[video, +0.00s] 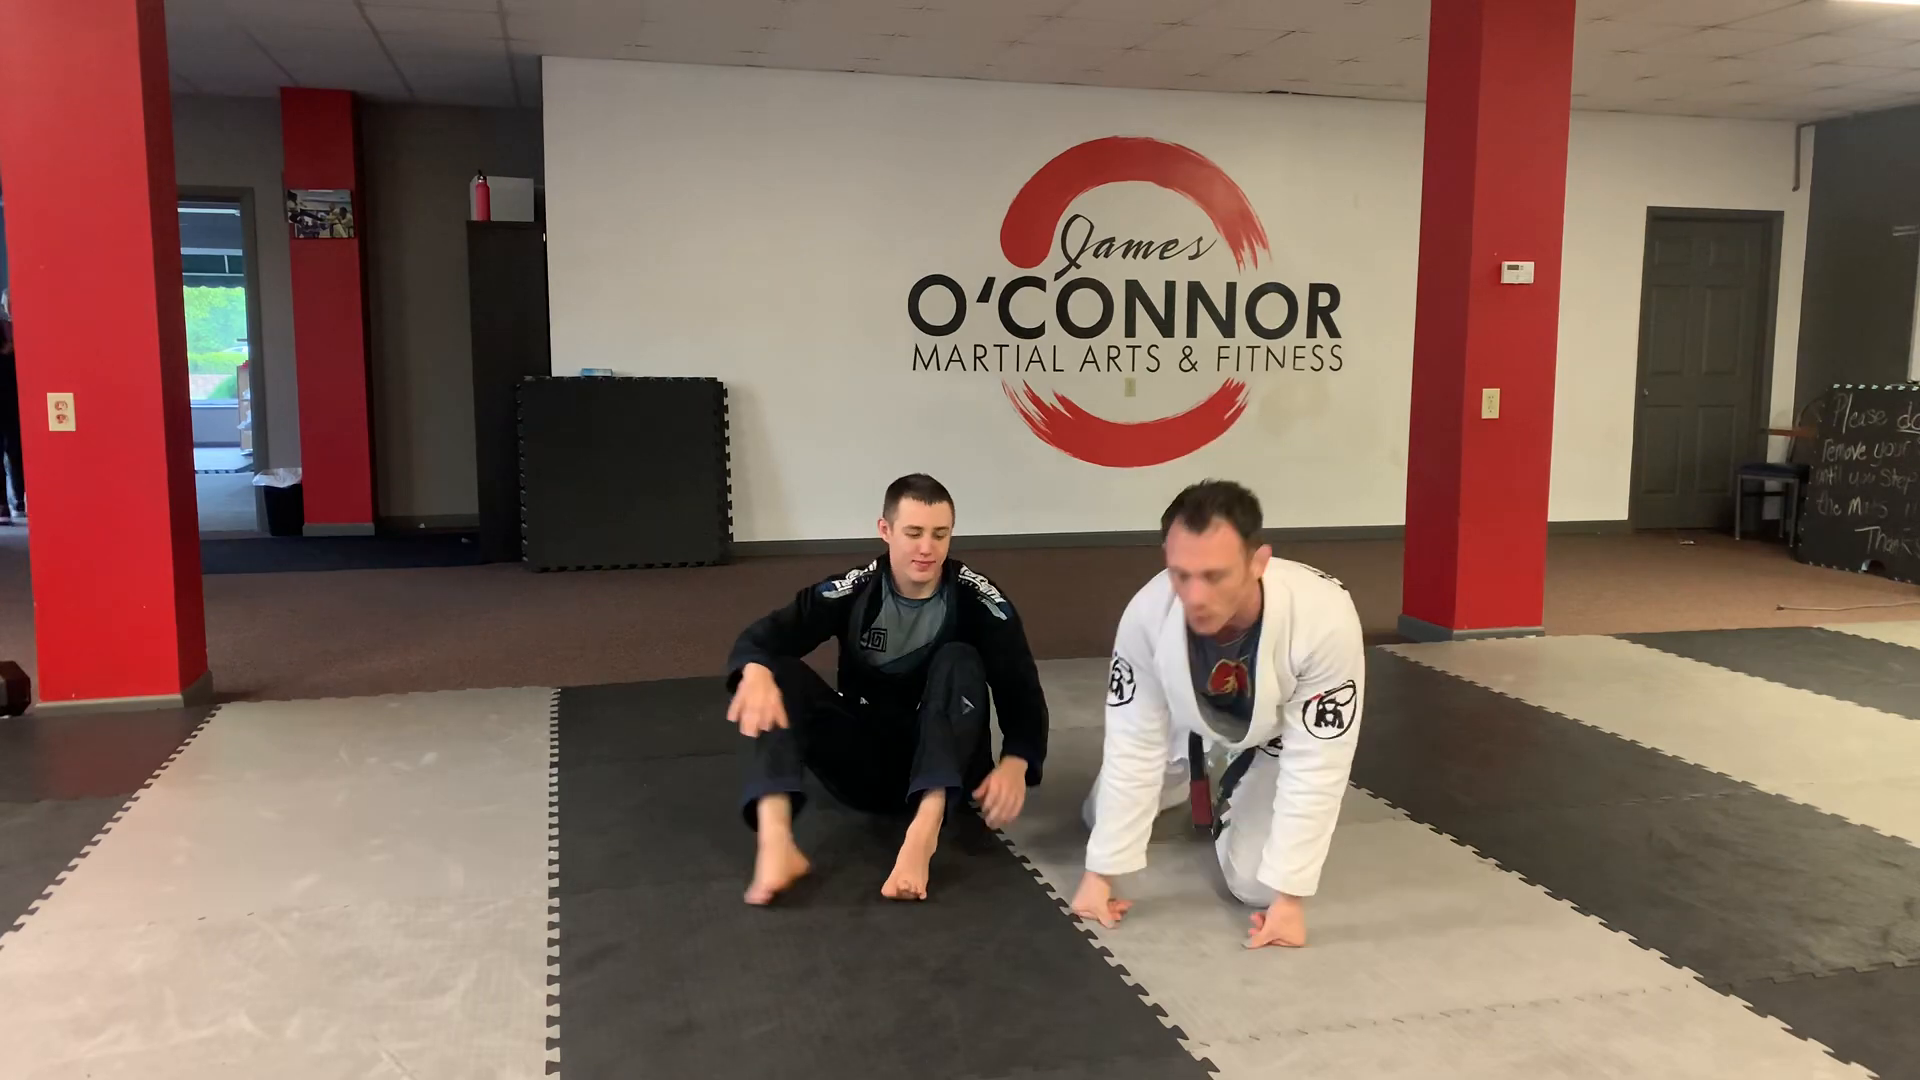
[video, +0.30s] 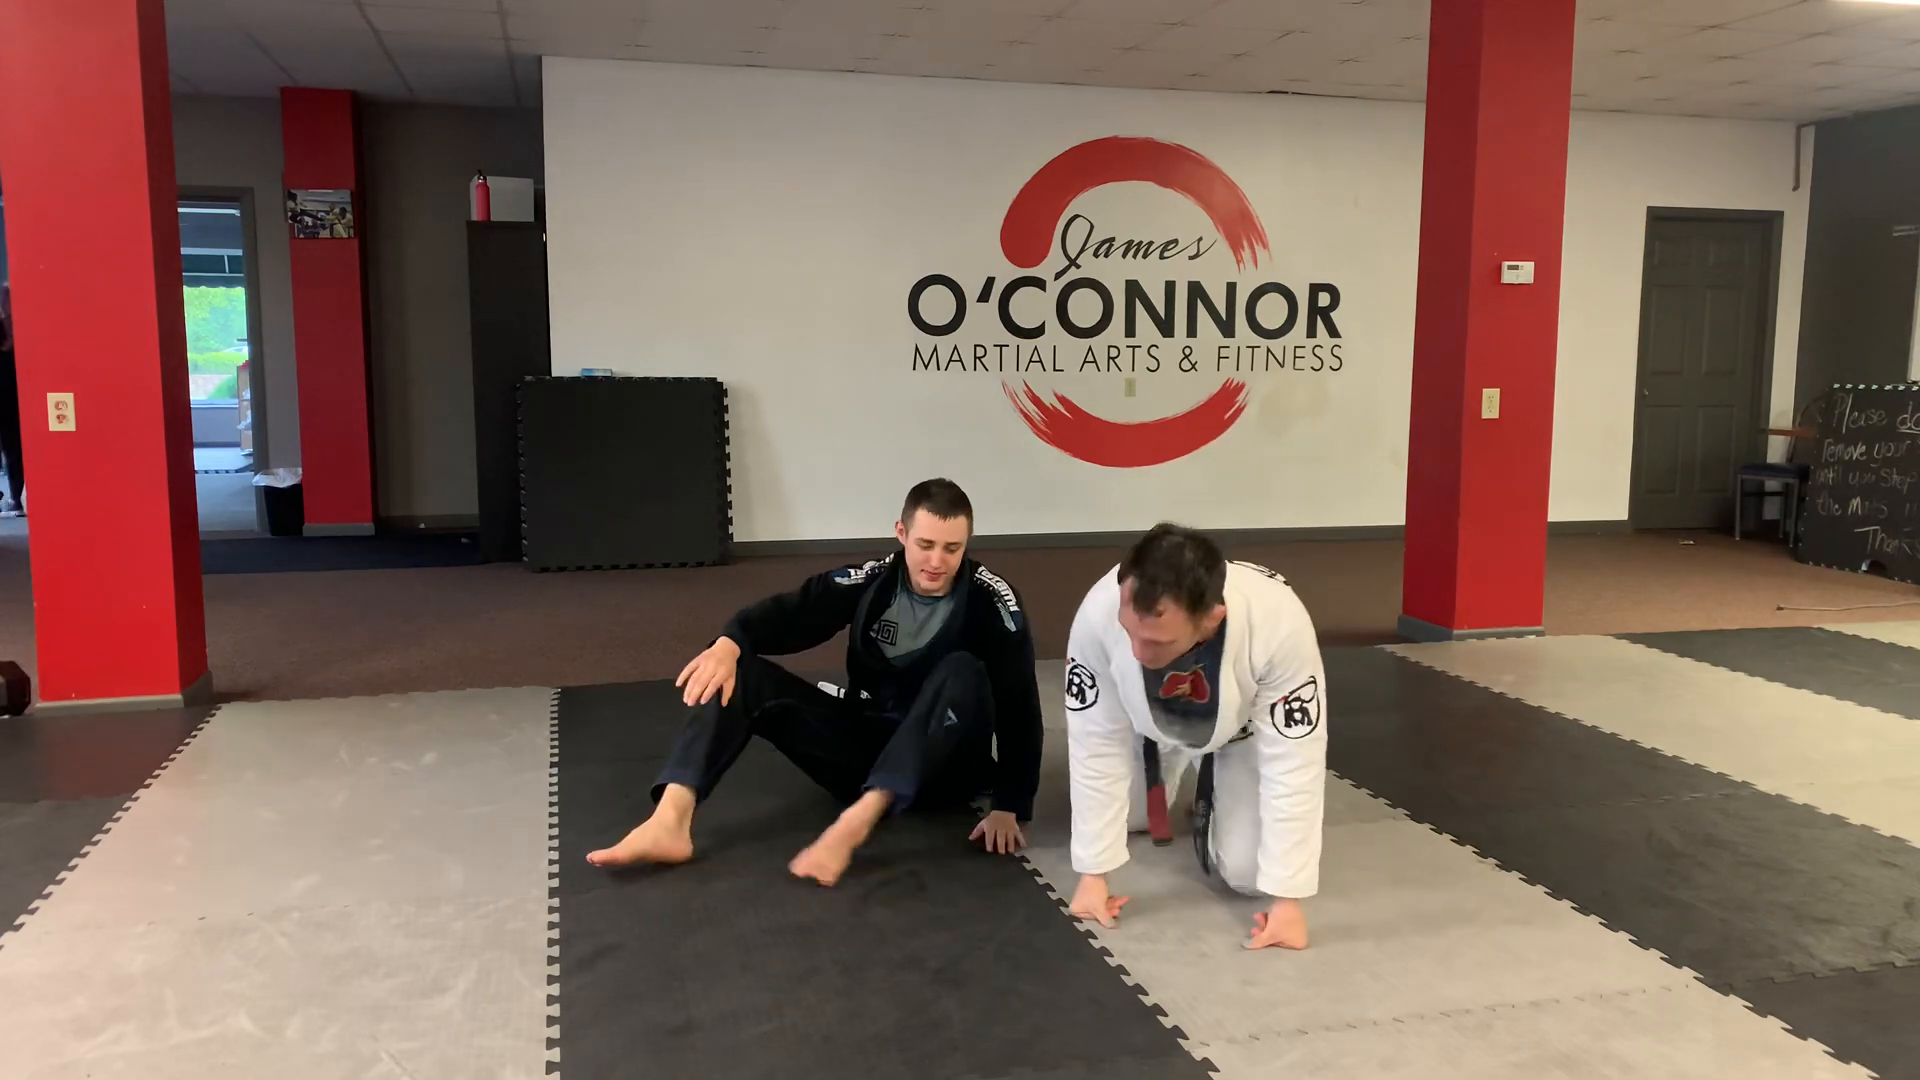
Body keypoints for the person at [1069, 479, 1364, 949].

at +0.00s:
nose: (1194, 597)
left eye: (1214, 576)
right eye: (1181, 576)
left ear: (1258, 565)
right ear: (1167, 564)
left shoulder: (1323, 619)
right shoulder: (1148, 616)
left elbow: (1318, 763)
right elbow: (1132, 746)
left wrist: (1290, 897)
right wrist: (1098, 873)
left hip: (1277, 742)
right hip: (1188, 729)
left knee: (1253, 884)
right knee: (1103, 815)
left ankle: (1243, 791)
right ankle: (1201, 760)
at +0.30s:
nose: (1139, 653)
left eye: (1158, 642)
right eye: (1130, 633)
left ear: (1212, 620)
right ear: (1124, 596)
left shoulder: (1277, 626)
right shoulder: (1100, 618)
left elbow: (1294, 764)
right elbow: (1096, 747)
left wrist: (1288, 898)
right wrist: (1092, 873)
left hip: (1244, 726)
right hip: (1152, 723)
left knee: (1249, 878)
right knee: (1136, 817)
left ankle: (1215, 798)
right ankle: (1182, 758)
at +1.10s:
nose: (1166, 578)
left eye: (1184, 564)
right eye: (1158, 559)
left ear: (1225, 553)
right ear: (1150, 544)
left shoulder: (1269, 591)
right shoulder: (1122, 588)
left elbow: (1297, 707)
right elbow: (1099, 694)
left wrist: (1284, 824)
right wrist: (1111, 807)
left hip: (1240, 701)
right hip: (1153, 698)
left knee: (1249, 813)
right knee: (1118, 806)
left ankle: (1189, 761)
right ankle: (1158, 737)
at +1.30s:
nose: (1167, 529)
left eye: (1186, 515)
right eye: (1160, 510)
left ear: (1226, 516)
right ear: (1153, 502)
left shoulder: (1268, 568)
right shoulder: (1120, 563)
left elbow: (1305, 668)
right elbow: (1082, 642)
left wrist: (1314, 767)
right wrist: (1102, 723)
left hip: (1225, 700)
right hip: (1138, 694)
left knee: (1249, 810)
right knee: (1110, 805)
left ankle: (1187, 763)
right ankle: (1170, 762)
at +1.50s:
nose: (1164, 483)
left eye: (1181, 470)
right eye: (1157, 467)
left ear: (1217, 476)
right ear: (1148, 466)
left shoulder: (1260, 542)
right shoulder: (1118, 534)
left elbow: (1299, 636)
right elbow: (1081, 602)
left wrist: (1320, 720)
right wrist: (1072, 655)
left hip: (1214, 698)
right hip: (1125, 688)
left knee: (1248, 805)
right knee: (1107, 798)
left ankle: (1179, 760)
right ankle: (1169, 760)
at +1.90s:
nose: (1128, 459)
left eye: (1143, 444)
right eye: (1119, 446)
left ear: (1178, 445)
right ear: (1110, 447)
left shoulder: (1226, 518)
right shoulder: (1099, 522)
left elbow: (1272, 597)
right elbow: (1078, 601)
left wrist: (1283, 643)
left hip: (1191, 693)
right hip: (1108, 691)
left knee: (1240, 802)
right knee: (1036, 768)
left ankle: (1176, 763)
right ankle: (1152, 763)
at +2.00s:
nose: (1115, 458)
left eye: (1129, 444)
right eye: (1106, 444)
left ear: (1164, 444)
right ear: (1097, 446)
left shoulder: (1214, 516)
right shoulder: (1087, 522)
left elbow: (1263, 593)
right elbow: (1072, 605)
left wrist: (1270, 632)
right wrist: (1008, 599)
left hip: (1185, 696)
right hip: (1103, 693)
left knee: (1233, 802)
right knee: (1041, 766)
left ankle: (1172, 761)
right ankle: (1146, 764)